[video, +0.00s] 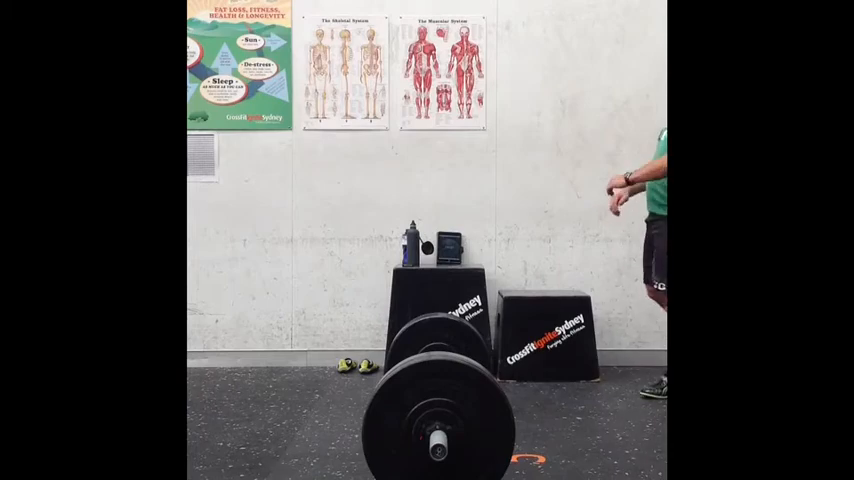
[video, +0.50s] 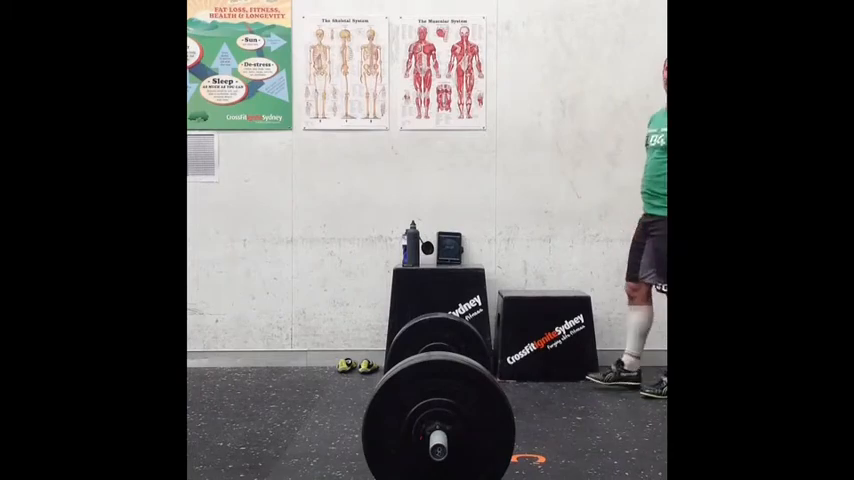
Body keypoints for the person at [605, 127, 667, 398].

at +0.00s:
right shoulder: (663, 134)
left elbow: (663, 165)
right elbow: (658, 172)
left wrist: (627, 178)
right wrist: (630, 189)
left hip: (663, 217)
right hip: (656, 216)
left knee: (660, 290)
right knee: (655, 290)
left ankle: (667, 377)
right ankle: (666, 377)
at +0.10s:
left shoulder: (664, 137)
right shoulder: (663, 135)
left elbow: (664, 173)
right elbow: (650, 170)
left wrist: (630, 198)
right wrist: (627, 200)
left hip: (664, 219)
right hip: (655, 217)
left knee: (661, 290)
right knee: (649, 288)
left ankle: (667, 377)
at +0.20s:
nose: (664, 79)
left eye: (666, 73)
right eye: (664, 74)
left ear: (668, 77)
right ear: (664, 77)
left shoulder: (664, 135)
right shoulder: (662, 133)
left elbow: (665, 182)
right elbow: (654, 178)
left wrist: (651, 218)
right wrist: (634, 213)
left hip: (663, 220)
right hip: (651, 218)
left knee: (652, 288)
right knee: (642, 287)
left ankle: (668, 376)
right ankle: (666, 375)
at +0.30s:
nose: (664, 79)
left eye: (666, 74)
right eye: (663, 74)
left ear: (669, 76)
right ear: (662, 77)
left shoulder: (664, 127)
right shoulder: (662, 125)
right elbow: (658, 177)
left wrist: (660, 224)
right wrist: (644, 216)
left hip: (662, 221)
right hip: (651, 220)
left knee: (655, 291)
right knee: (642, 288)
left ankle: (665, 373)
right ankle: (663, 365)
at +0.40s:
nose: (665, 75)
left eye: (667, 70)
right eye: (665, 70)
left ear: (668, 75)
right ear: (663, 76)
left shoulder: (663, 121)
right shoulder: (660, 122)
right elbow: (655, 169)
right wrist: (650, 210)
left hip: (665, 218)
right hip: (653, 215)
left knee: (662, 293)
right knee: (645, 291)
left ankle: (667, 378)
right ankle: (641, 367)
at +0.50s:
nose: (665, 75)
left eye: (666, 70)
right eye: (665, 70)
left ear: (667, 76)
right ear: (663, 77)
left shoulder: (664, 119)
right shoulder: (655, 120)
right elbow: (653, 168)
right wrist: (648, 212)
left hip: (664, 218)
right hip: (650, 217)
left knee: (665, 291)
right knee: (637, 289)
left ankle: (668, 378)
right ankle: (630, 366)